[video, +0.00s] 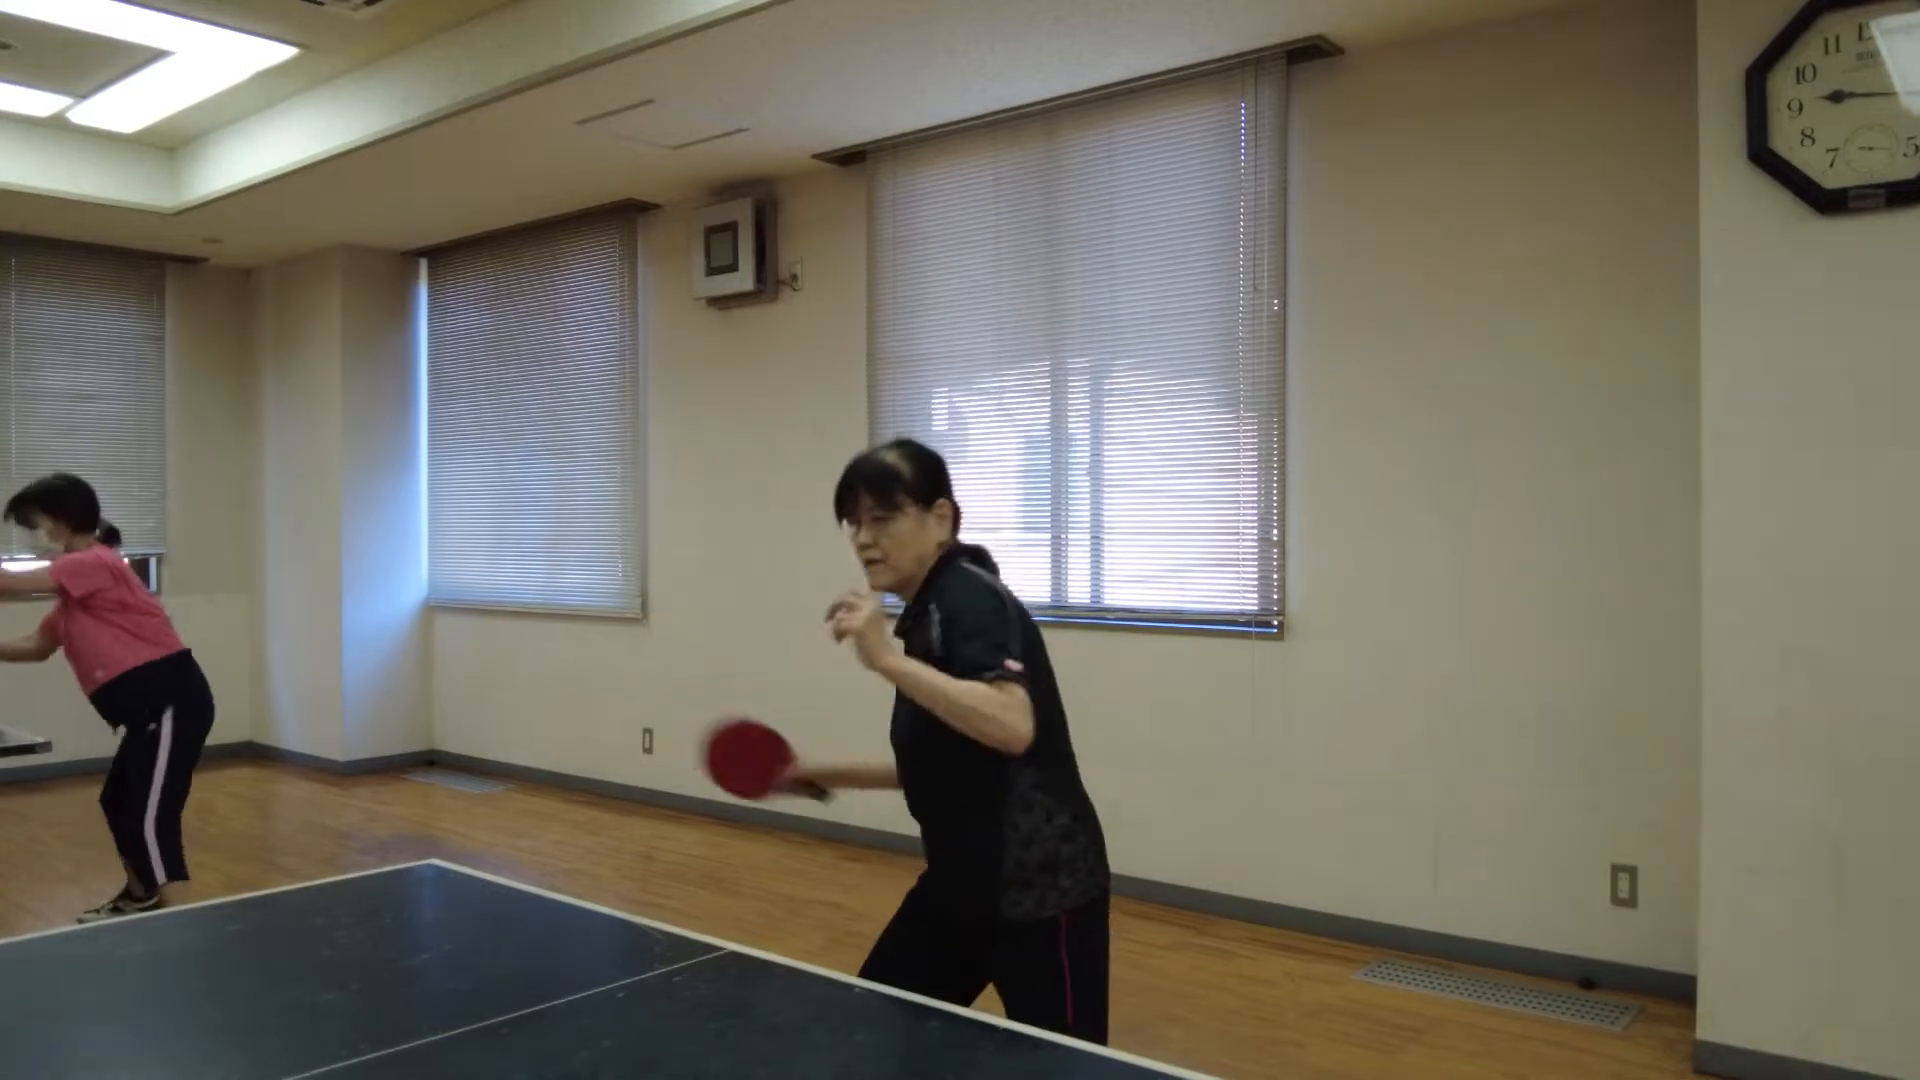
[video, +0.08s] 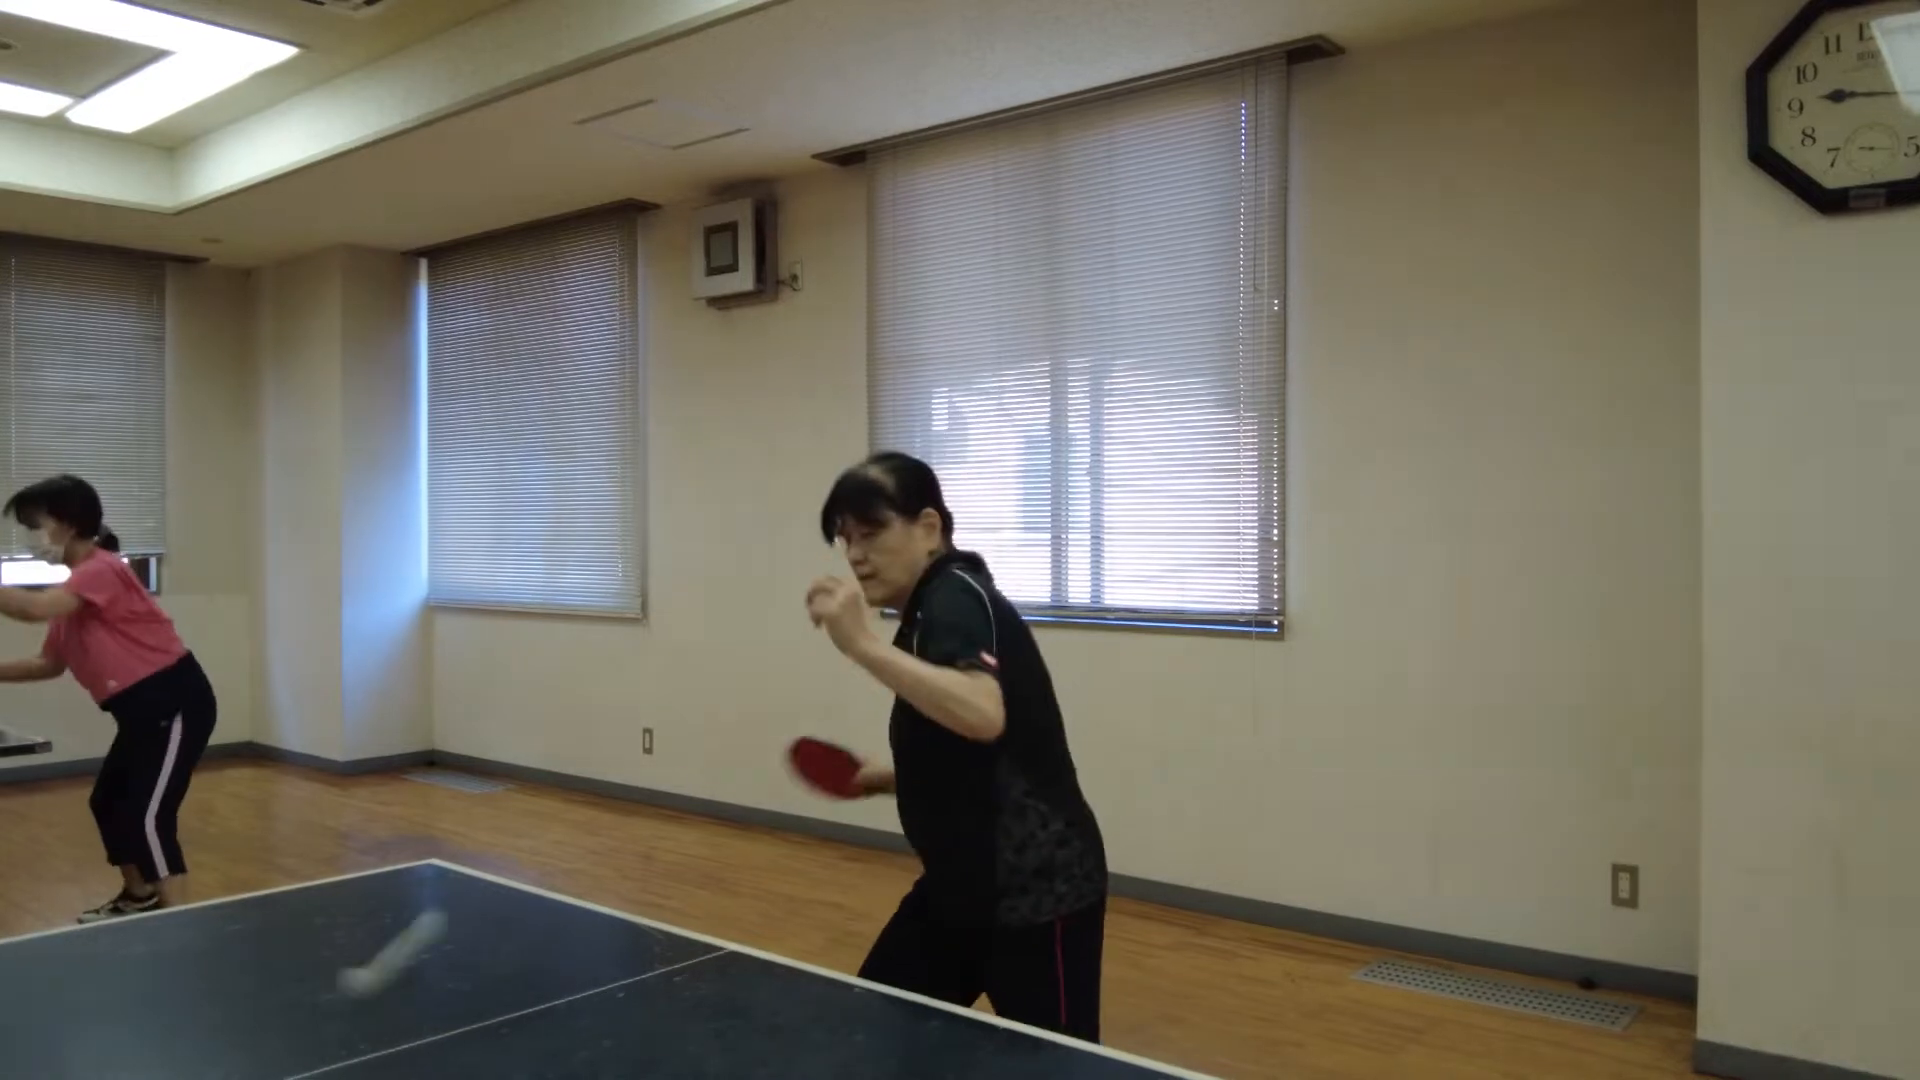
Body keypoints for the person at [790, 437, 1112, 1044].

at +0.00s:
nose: (863, 540)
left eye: (883, 519)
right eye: (855, 524)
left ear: (942, 518)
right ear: (849, 532)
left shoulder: (971, 597)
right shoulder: (926, 613)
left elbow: (1013, 725)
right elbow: (943, 769)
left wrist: (889, 659)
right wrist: (819, 777)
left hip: (1045, 888)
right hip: (967, 879)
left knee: (1064, 1065)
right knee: (870, 1029)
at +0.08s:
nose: (853, 554)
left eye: (870, 532)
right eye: (845, 540)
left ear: (930, 527)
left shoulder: (955, 595)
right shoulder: (930, 607)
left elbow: (985, 714)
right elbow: (978, 754)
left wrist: (864, 645)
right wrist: (886, 778)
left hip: (1038, 888)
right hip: (965, 877)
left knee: (1057, 1064)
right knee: (871, 1029)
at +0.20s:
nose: (871, 535)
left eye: (877, 509)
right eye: (859, 523)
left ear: (935, 493)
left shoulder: (988, 562)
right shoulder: (948, 583)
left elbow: (959, 641)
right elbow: (963, 717)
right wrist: (864, 718)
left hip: (1059, 862)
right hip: (972, 857)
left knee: (1088, 1058)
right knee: (894, 1033)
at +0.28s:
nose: (885, 514)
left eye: (893, 490)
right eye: (877, 504)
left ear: (960, 477)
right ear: (878, 514)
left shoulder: (1030, 539)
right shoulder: (940, 602)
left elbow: (977, 580)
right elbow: (920, 720)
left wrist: (921, 482)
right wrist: (837, 647)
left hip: (1088, 840)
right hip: (988, 840)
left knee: (1122, 1053)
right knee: (916, 1030)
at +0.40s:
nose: (934, 525)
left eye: (949, 499)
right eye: (926, 510)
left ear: (1004, 495)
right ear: (925, 521)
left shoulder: (1083, 574)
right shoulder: (950, 623)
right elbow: (862, 704)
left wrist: (1009, 500)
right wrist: (833, 597)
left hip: (1118, 880)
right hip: (1006, 882)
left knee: (1147, 1072)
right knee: (922, 1050)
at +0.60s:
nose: (965, 523)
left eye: (987, 501)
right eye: (956, 507)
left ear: (1049, 505)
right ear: (949, 518)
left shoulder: (1110, 600)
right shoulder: (964, 623)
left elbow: (1129, 707)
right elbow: (886, 728)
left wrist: (1035, 590)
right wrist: (845, 638)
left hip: (1115, 891)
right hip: (1005, 883)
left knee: (1140, 1076)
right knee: (919, 1049)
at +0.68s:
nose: (954, 518)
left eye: (976, 497)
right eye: (946, 504)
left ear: (1038, 503)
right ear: (939, 515)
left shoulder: (1092, 597)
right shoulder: (965, 621)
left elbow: (1116, 723)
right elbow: (910, 738)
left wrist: (1008, 613)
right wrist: (825, 668)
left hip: (1108, 888)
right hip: (1006, 880)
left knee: (1128, 1075)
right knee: (913, 1043)